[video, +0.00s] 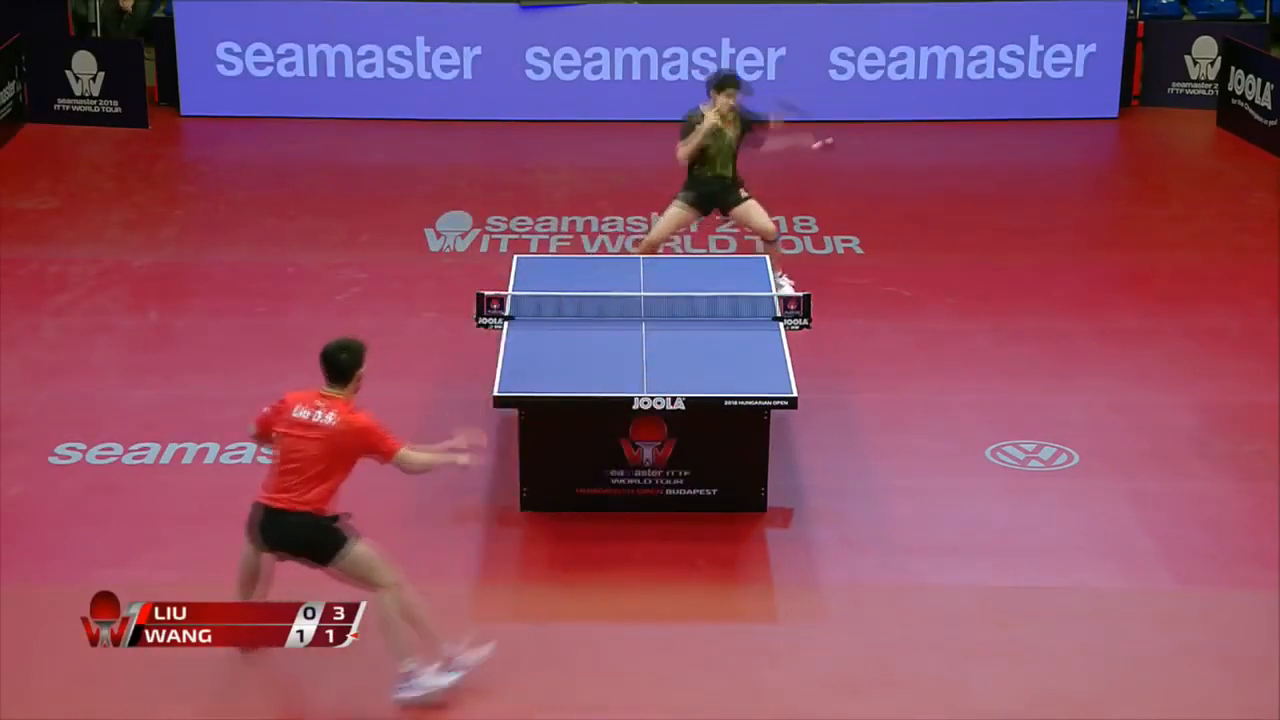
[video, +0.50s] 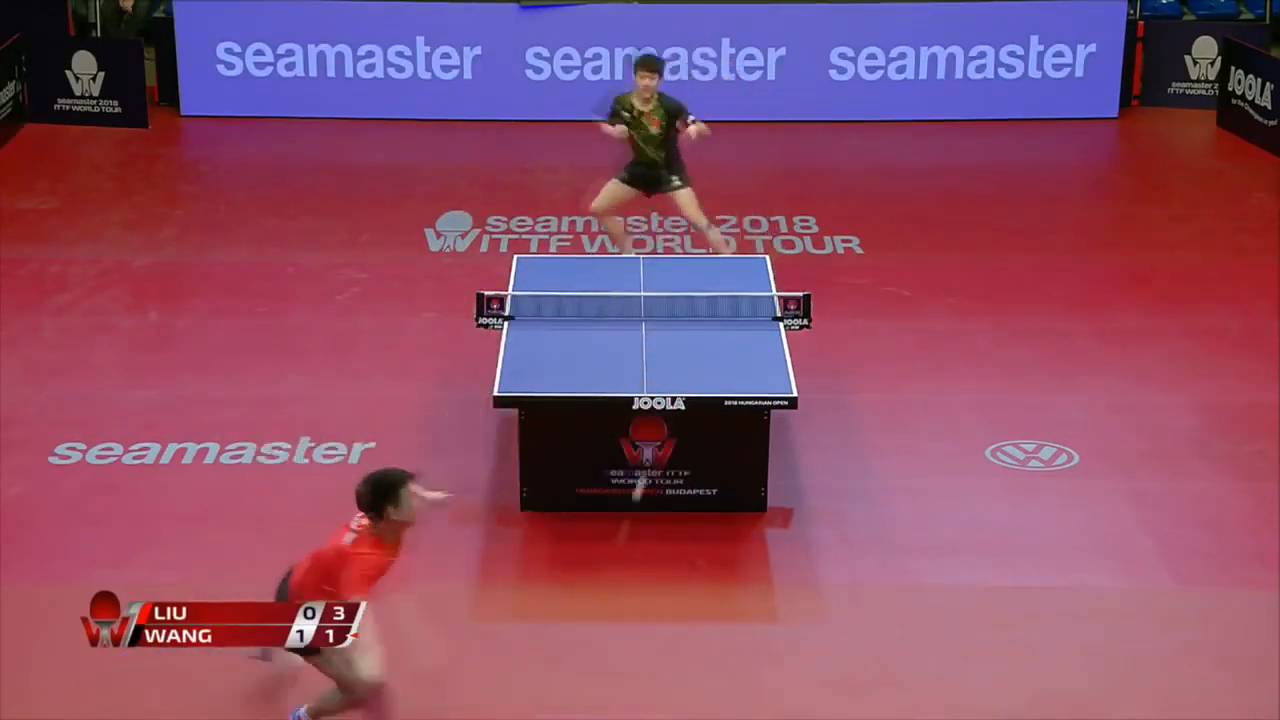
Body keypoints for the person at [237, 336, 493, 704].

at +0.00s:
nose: (363, 374)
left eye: (361, 369)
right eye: (362, 370)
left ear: (323, 371)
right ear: (358, 375)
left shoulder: (291, 403)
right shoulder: (355, 423)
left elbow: (259, 433)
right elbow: (408, 460)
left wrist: (299, 438)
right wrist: (451, 456)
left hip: (265, 519)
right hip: (308, 526)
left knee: (254, 545)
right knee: (388, 582)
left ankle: (242, 623)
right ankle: (412, 672)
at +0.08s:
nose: (355, 393)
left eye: (351, 385)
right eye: (354, 387)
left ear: (315, 386)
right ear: (349, 394)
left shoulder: (285, 415)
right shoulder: (343, 444)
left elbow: (255, 444)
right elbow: (391, 492)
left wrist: (292, 463)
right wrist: (441, 499)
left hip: (243, 527)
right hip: (282, 542)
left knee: (234, 565)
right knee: (352, 600)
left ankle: (195, 636)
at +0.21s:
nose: (345, 447)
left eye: (344, 440)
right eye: (344, 442)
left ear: (307, 439)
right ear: (337, 449)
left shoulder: (295, 459)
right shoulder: (313, 499)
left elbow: (325, 488)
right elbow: (317, 570)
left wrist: (341, 519)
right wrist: (349, 601)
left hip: (213, 568)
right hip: (242, 586)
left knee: (211, 613)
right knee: (326, 611)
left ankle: (135, 656)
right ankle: (311, 706)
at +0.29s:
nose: (354, 475)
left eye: (352, 470)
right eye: (351, 470)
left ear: (326, 475)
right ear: (336, 479)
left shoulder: (331, 494)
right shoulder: (298, 522)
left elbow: (386, 504)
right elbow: (285, 590)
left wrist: (418, 533)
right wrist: (319, 626)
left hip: (238, 579)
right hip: (237, 592)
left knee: (205, 630)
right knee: (321, 630)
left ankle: (138, 655)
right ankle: (301, 708)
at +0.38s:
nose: (376, 496)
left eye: (373, 491)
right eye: (370, 491)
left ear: (353, 496)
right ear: (349, 499)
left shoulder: (359, 512)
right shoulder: (312, 543)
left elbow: (418, 508)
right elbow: (300, 607)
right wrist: (331, 629)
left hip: (283, 590)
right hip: (255, 597)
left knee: (220, 627)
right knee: (328, 639)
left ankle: (155, 645)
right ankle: (308, 706)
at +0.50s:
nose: (417, 500)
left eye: (413, 492)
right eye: (409, 497)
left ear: (391, 511)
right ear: (390, 512)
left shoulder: (381, 516)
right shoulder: (367, 557)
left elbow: (401, 486)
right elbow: (358, 611)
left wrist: (427, 496)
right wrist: (370, 654)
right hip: (299, 609)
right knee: (364, 685)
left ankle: (270, 642)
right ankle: (305, 714)